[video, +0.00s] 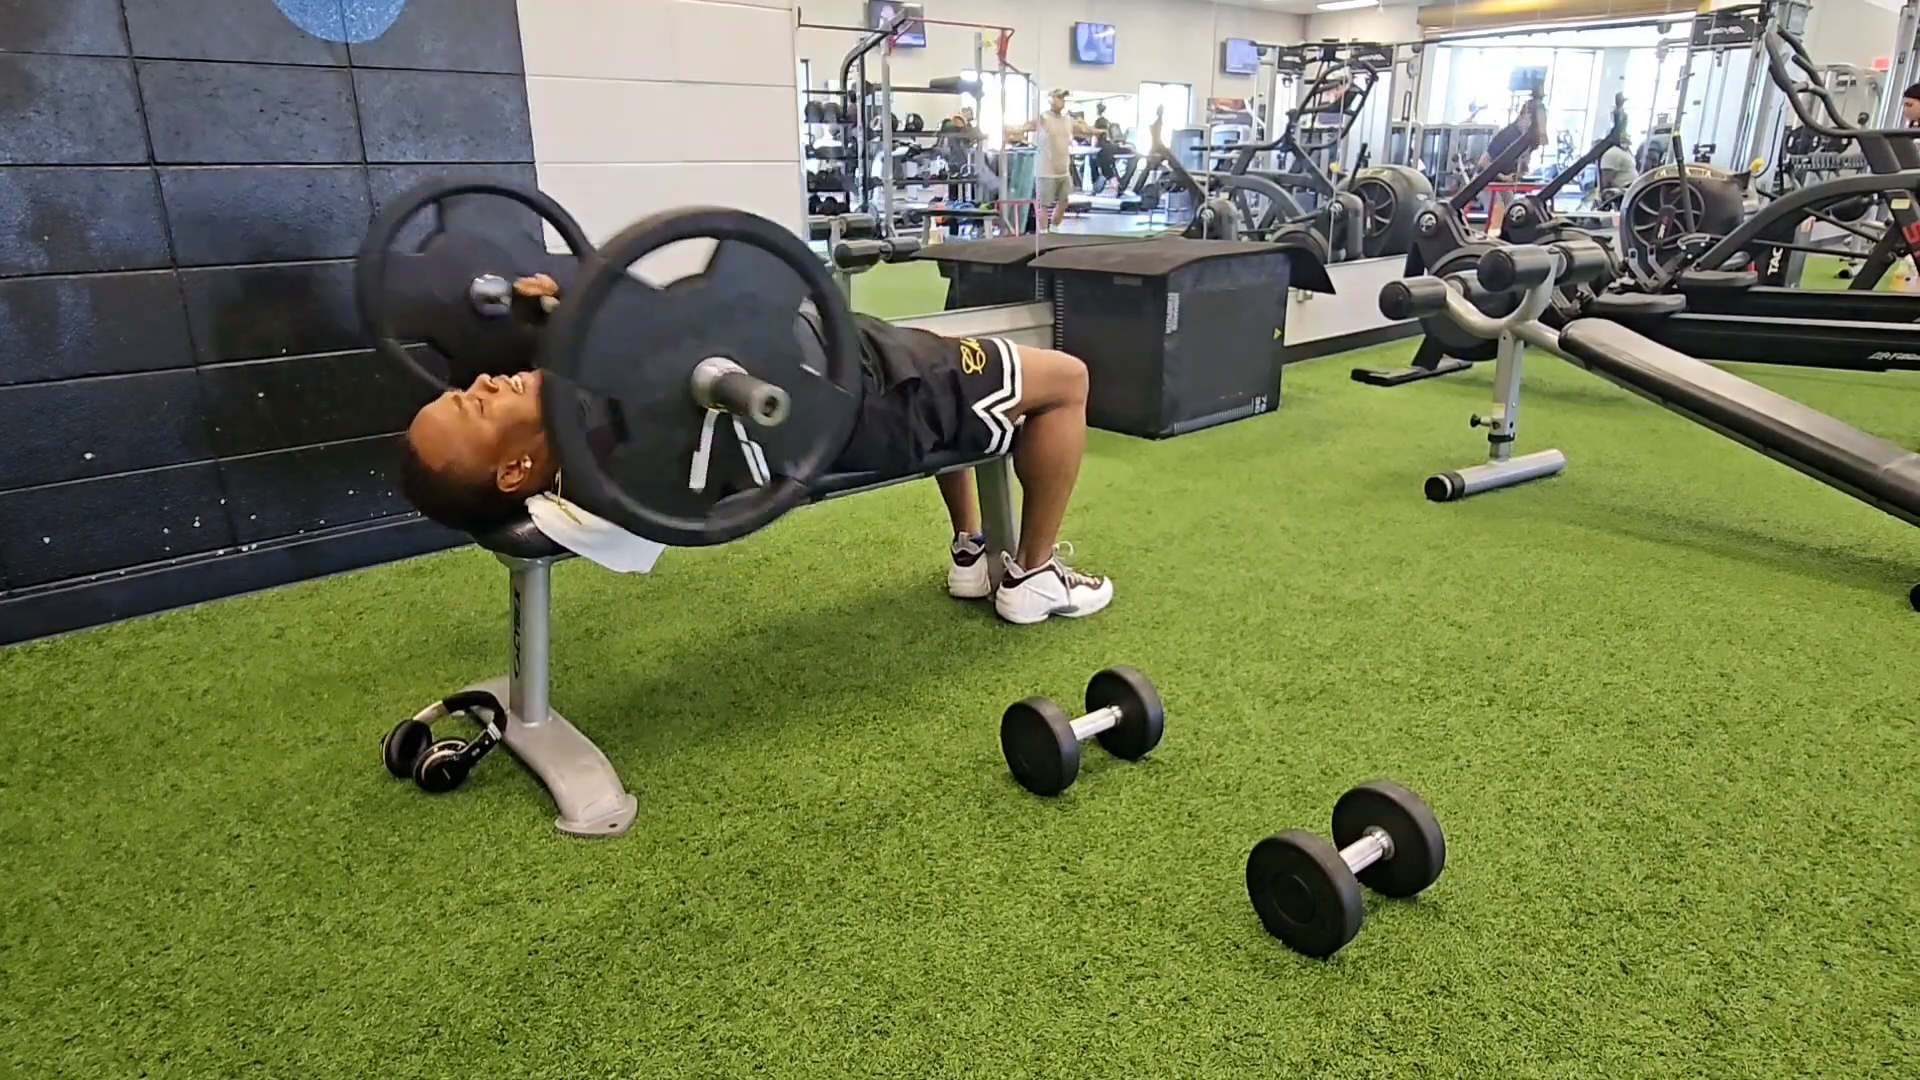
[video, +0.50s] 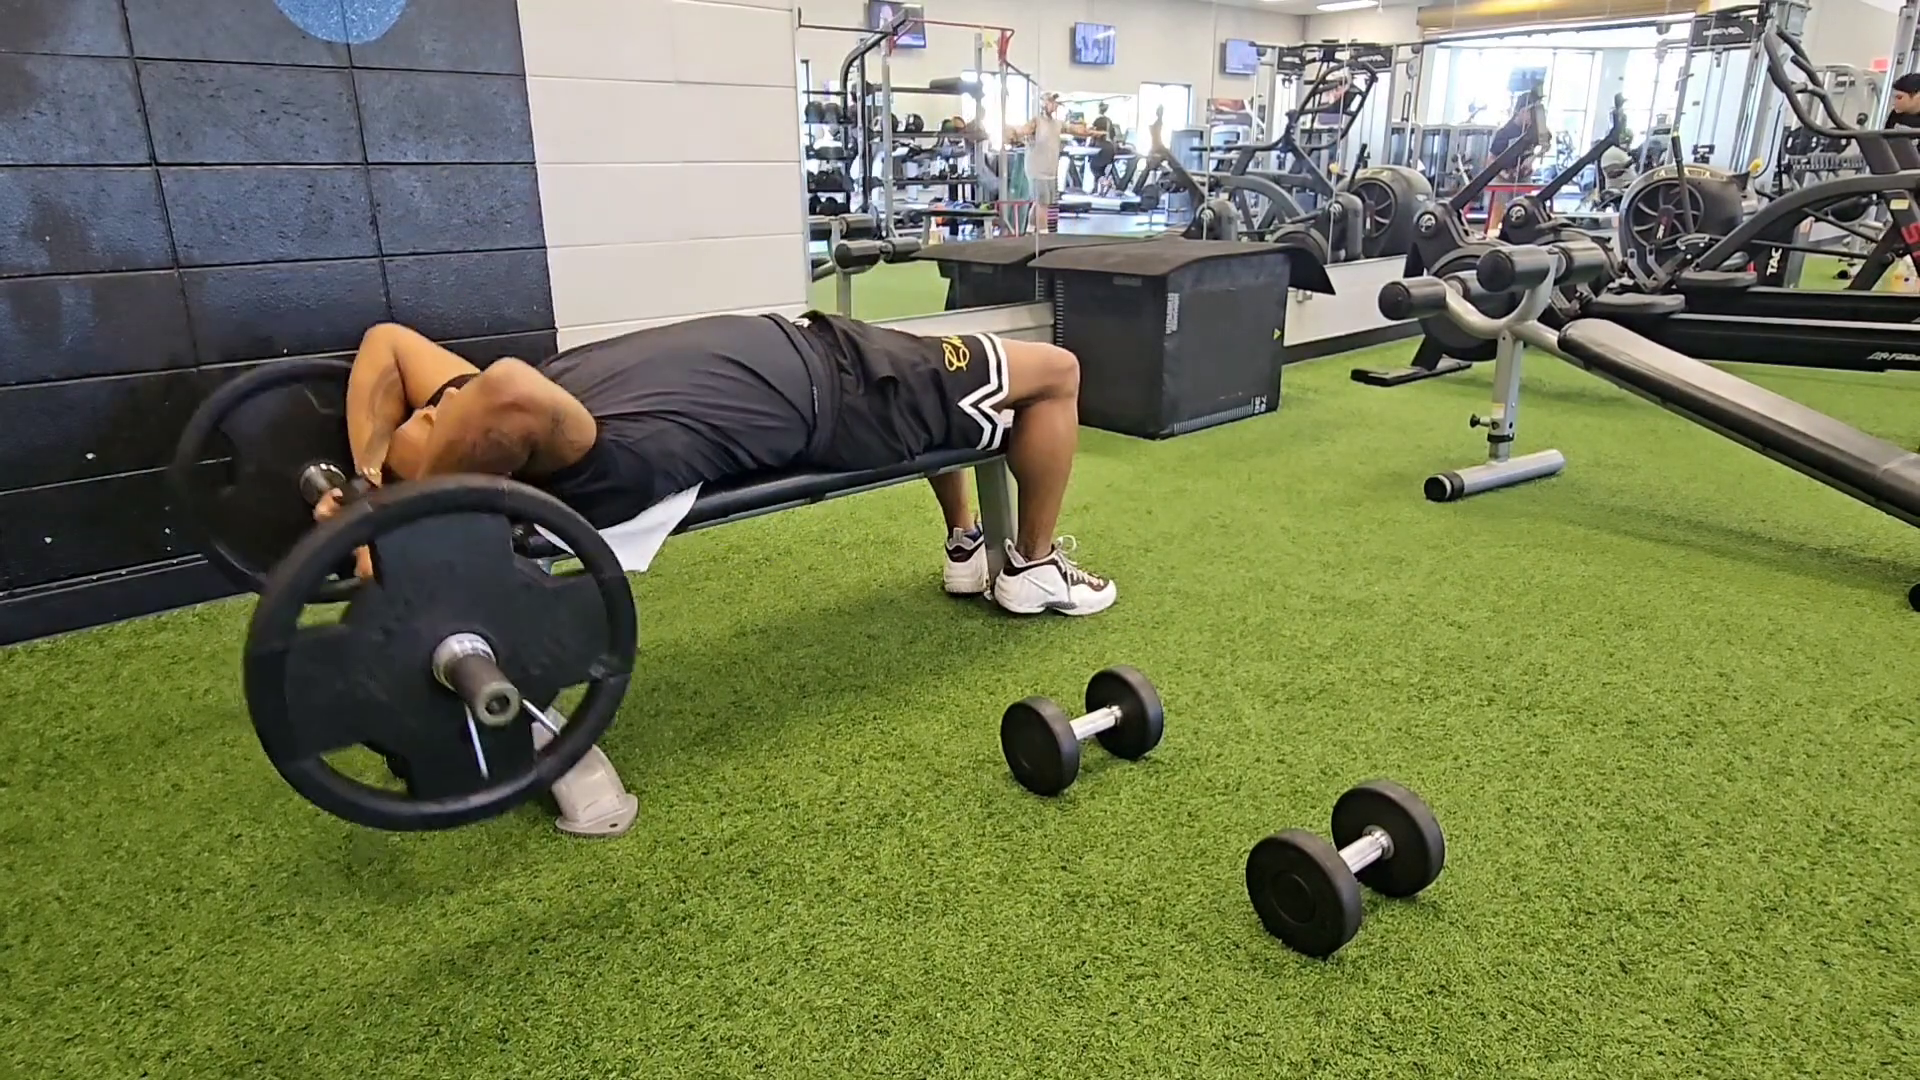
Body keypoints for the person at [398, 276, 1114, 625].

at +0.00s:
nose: (493, 379)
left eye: (472, 386)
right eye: (485, 403)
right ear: (517, 469)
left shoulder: (554, 400)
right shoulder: (615, 457)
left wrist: (553, 301)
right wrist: (576, 309)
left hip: (800, 349)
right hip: (856, 404)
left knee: (940, 343)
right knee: (1067, 379)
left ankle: (972, 543)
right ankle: (1036, 574)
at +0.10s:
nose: (471, 418)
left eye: (456, 429)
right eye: (468, 433)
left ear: (473, 456)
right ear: (492, 472)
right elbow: (716, 344)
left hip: (794, 347)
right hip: (853, 394)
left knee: (937, 350)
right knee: (1066, 379)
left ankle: (973, 546)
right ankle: (1036, 574)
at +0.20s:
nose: (416, 337)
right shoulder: (609, 443)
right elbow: (665, 326)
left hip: (777, 350)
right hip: (846, 388)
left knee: (926, 348)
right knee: (1056, 375)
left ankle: (972, 544)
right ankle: (1035, 570)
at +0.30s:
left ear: (501, 421)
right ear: (542, 441)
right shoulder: (627, 462)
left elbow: (445, 286)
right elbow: (577, 332)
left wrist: (360, 399)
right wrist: (452, 384)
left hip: (777, 340)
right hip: (845, 388)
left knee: (928, 362)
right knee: (1056, 372)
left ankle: (972, 540)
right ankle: (1035, 563)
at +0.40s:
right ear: (512, 485)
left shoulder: (467, 412)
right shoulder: (599, 459)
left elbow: (397, 317)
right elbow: (525, 360)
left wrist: (353, 466)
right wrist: (403, 461)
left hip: (779, 342)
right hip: (840, 385)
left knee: (926, 351)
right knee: (1055, 371)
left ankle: (969, 543)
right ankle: (1033, 566)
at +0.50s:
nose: (432, 412)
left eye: (423, 422)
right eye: (431, 425)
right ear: (481, 483)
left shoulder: (444, 435)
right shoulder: (587, 470)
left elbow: (383, 338)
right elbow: (513, 388)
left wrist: (365, 477)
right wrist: (397, 492)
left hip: (769, 340)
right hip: (833, 381)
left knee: (923, 344)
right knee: (1055, 372)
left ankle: (970, 543)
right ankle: (1032, 568)